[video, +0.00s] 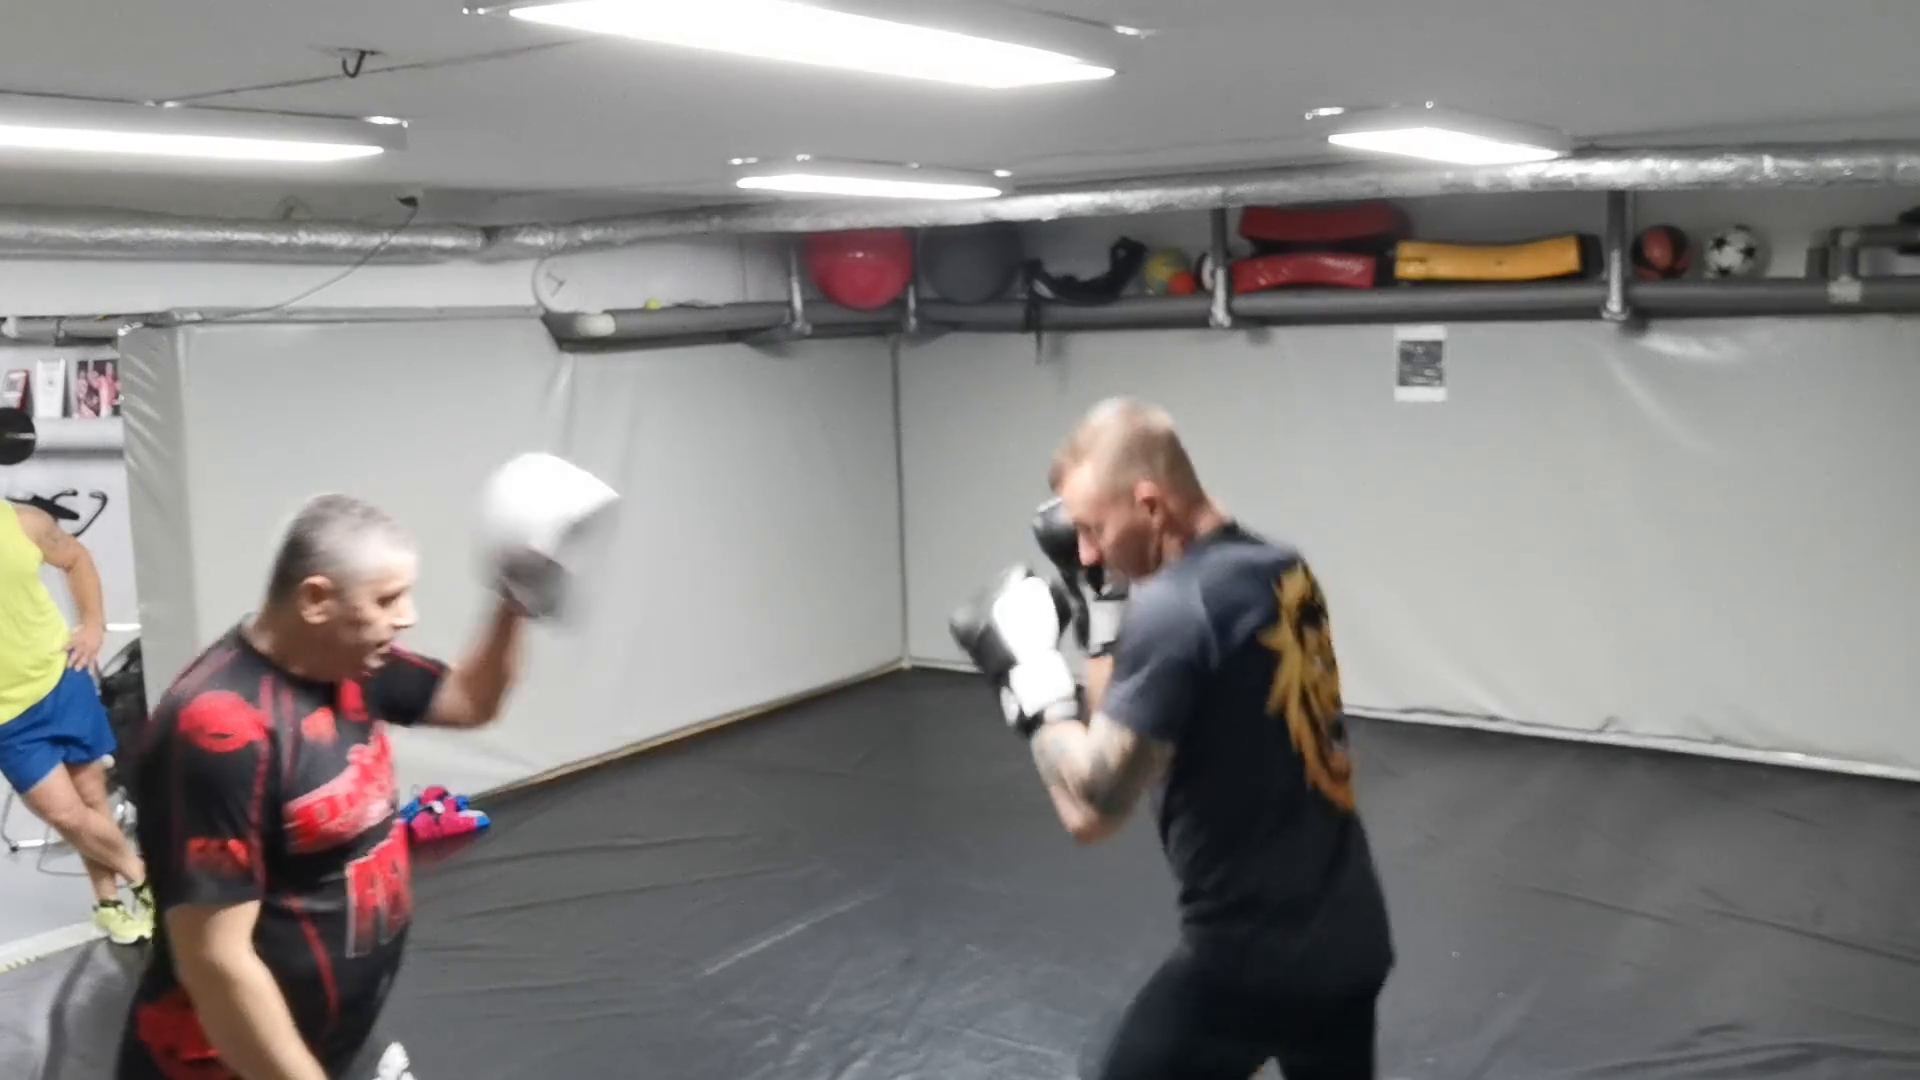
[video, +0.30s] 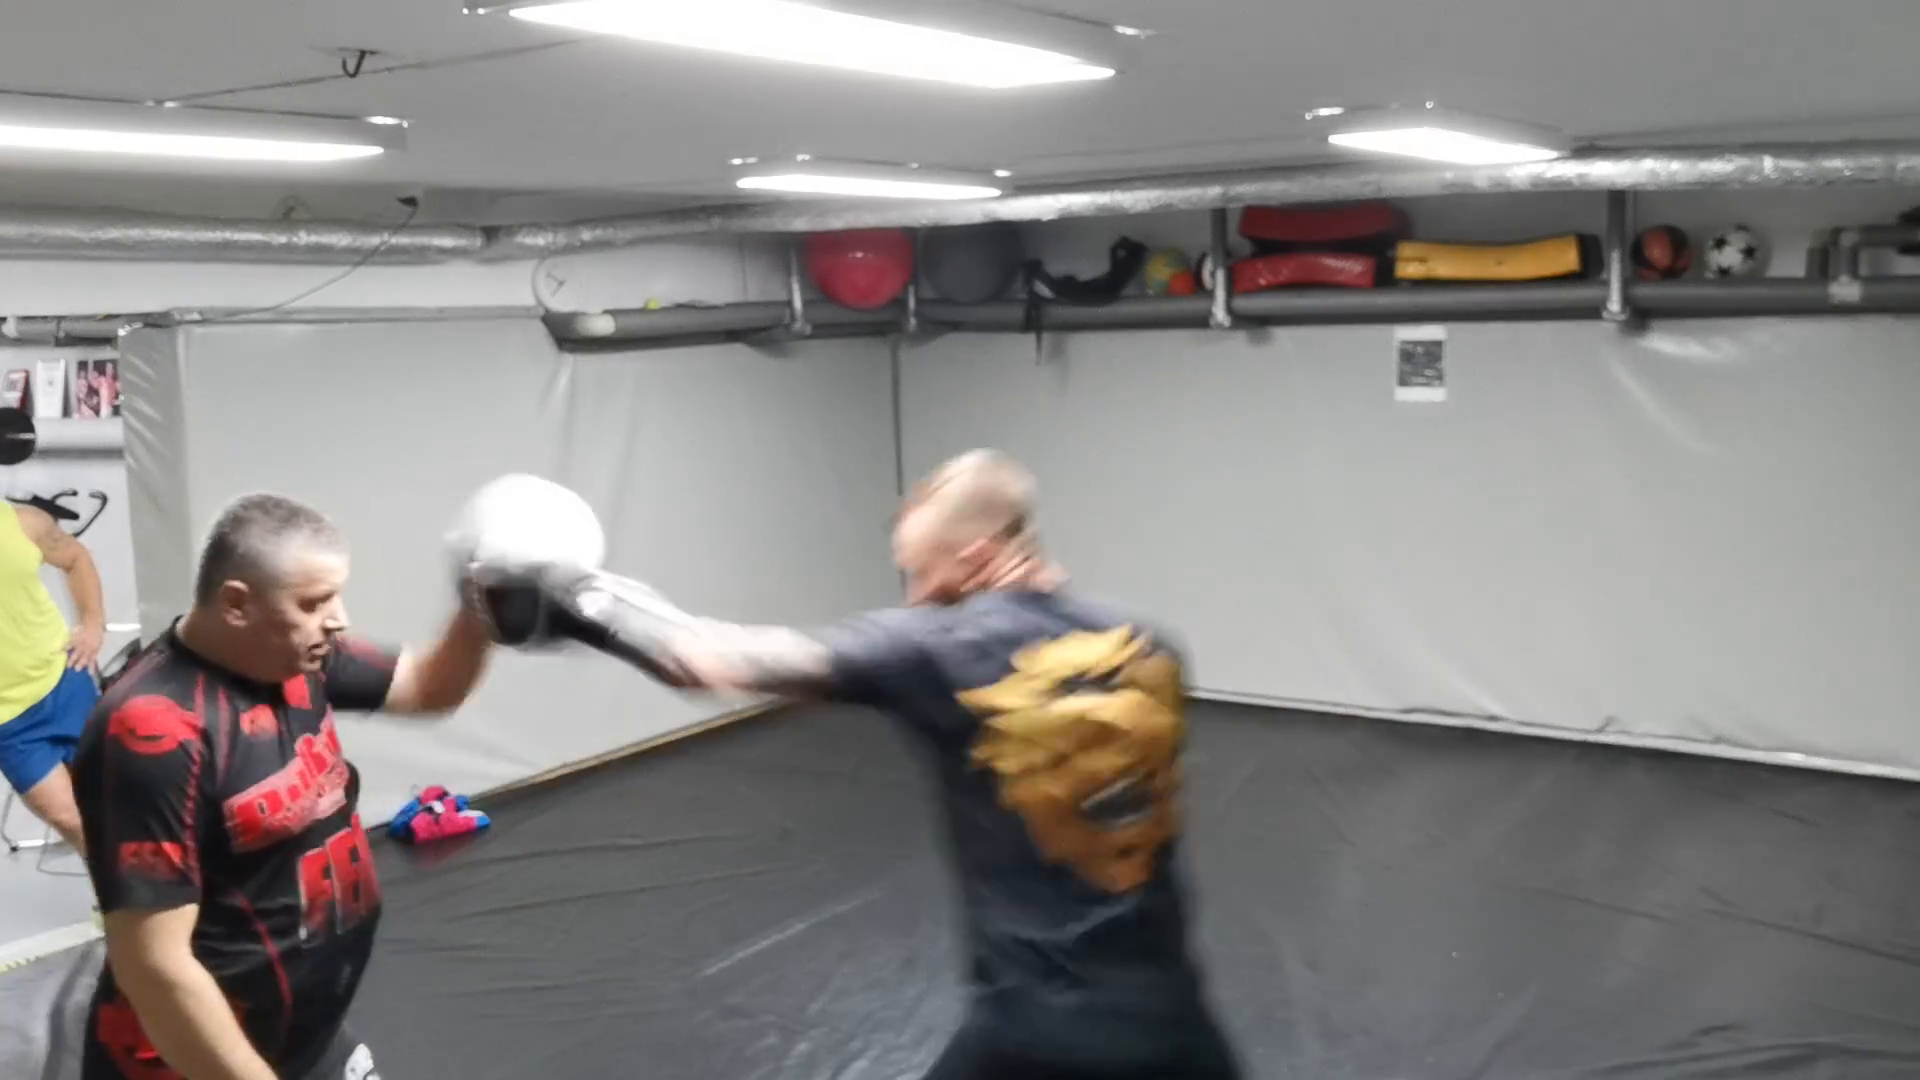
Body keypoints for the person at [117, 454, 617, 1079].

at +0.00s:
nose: (406, 618)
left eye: (405, 597)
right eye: (387, 601)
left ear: (319, 601)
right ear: (317, 600)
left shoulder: (342, 665)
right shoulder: (214, 726)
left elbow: (469, 700)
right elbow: (213, 958)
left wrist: (513, 599)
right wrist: (304, 1071)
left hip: (343, 1038)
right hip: (233, 1057)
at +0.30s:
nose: (339, 623)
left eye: (337, 600)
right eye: (314, 605)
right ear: (236, 605)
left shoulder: (291, 657)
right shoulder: (147, 727)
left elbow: (430, 688)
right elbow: (153, 965)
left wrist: (479, 612)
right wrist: (256, 1075)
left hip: (303, 1036)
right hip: (189, 1058)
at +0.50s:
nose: (251, 617)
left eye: (250, 593)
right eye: (224, 600)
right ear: (139, 603)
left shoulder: (252, 651)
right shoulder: (68, 751)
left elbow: (367, 701)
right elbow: (105, 982)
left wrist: (469, 704)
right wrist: (226, 1073)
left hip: (301, 1029)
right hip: (181, 1058)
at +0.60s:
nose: (236, 624)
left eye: (234, 600)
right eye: (208, 610)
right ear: (119, 616)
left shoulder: (252, 662)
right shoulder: (43, 761)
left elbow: (322, 772)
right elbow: (45, 988)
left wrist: (411, 830)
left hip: (292, 1040)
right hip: (157, 1062)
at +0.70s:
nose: (236, 625)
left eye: (234, 599)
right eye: (208, 611)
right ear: (119, 616)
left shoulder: (265, 673)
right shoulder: (32, 761)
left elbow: (327, 803)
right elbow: (12, 984)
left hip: (294, 1047)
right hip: (145, 1065)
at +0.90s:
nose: (276, 641)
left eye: (275, 615)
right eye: (248, 623)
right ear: (157, 622)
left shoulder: (295, 699)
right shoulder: (33, 756)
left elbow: (403, 857)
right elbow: (3, 971)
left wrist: (348, 1014)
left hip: (275, 1058)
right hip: (111, 1066)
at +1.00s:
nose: (321, 650)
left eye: (323, 626)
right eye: (296, 631)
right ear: (211, 626)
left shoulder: (330, 699)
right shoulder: (70, 759)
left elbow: (442, 853)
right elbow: (8, 965)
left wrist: (378, 1012)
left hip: (304, 1054)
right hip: (140, 1063)